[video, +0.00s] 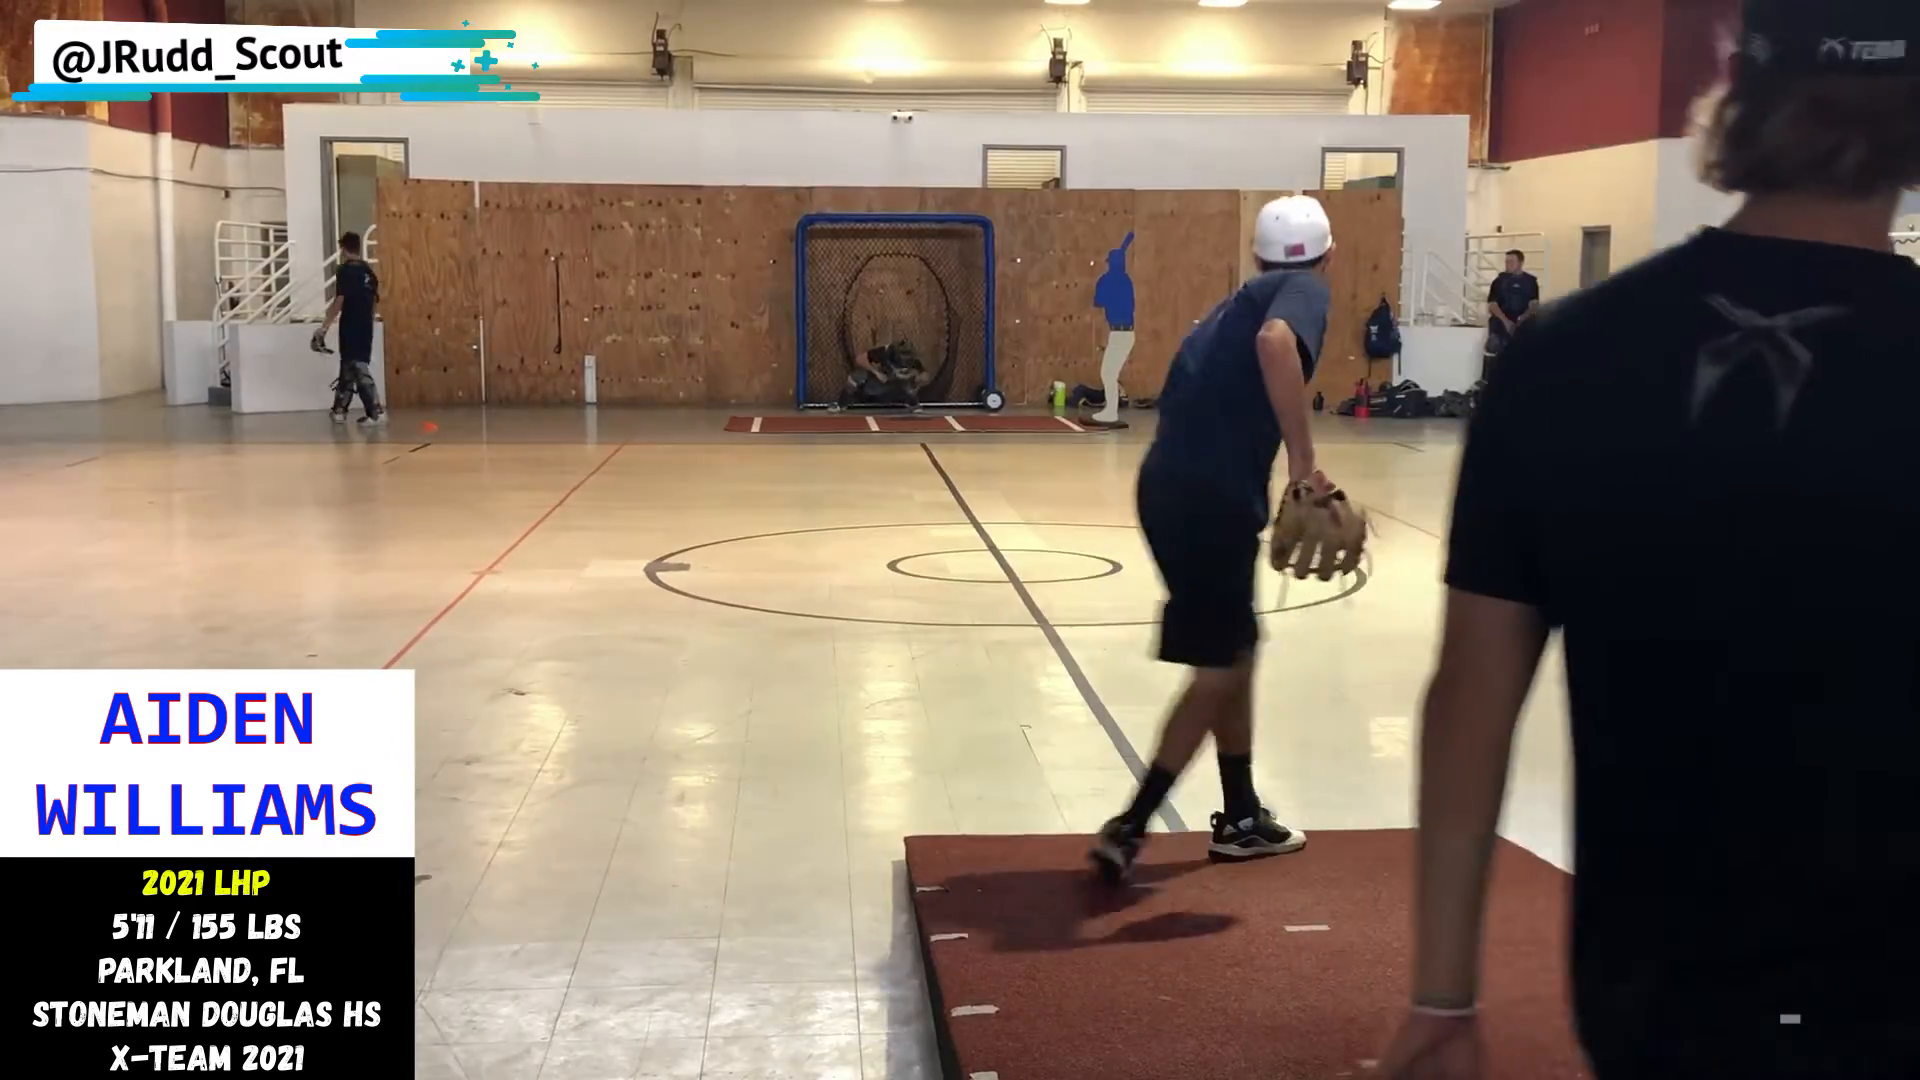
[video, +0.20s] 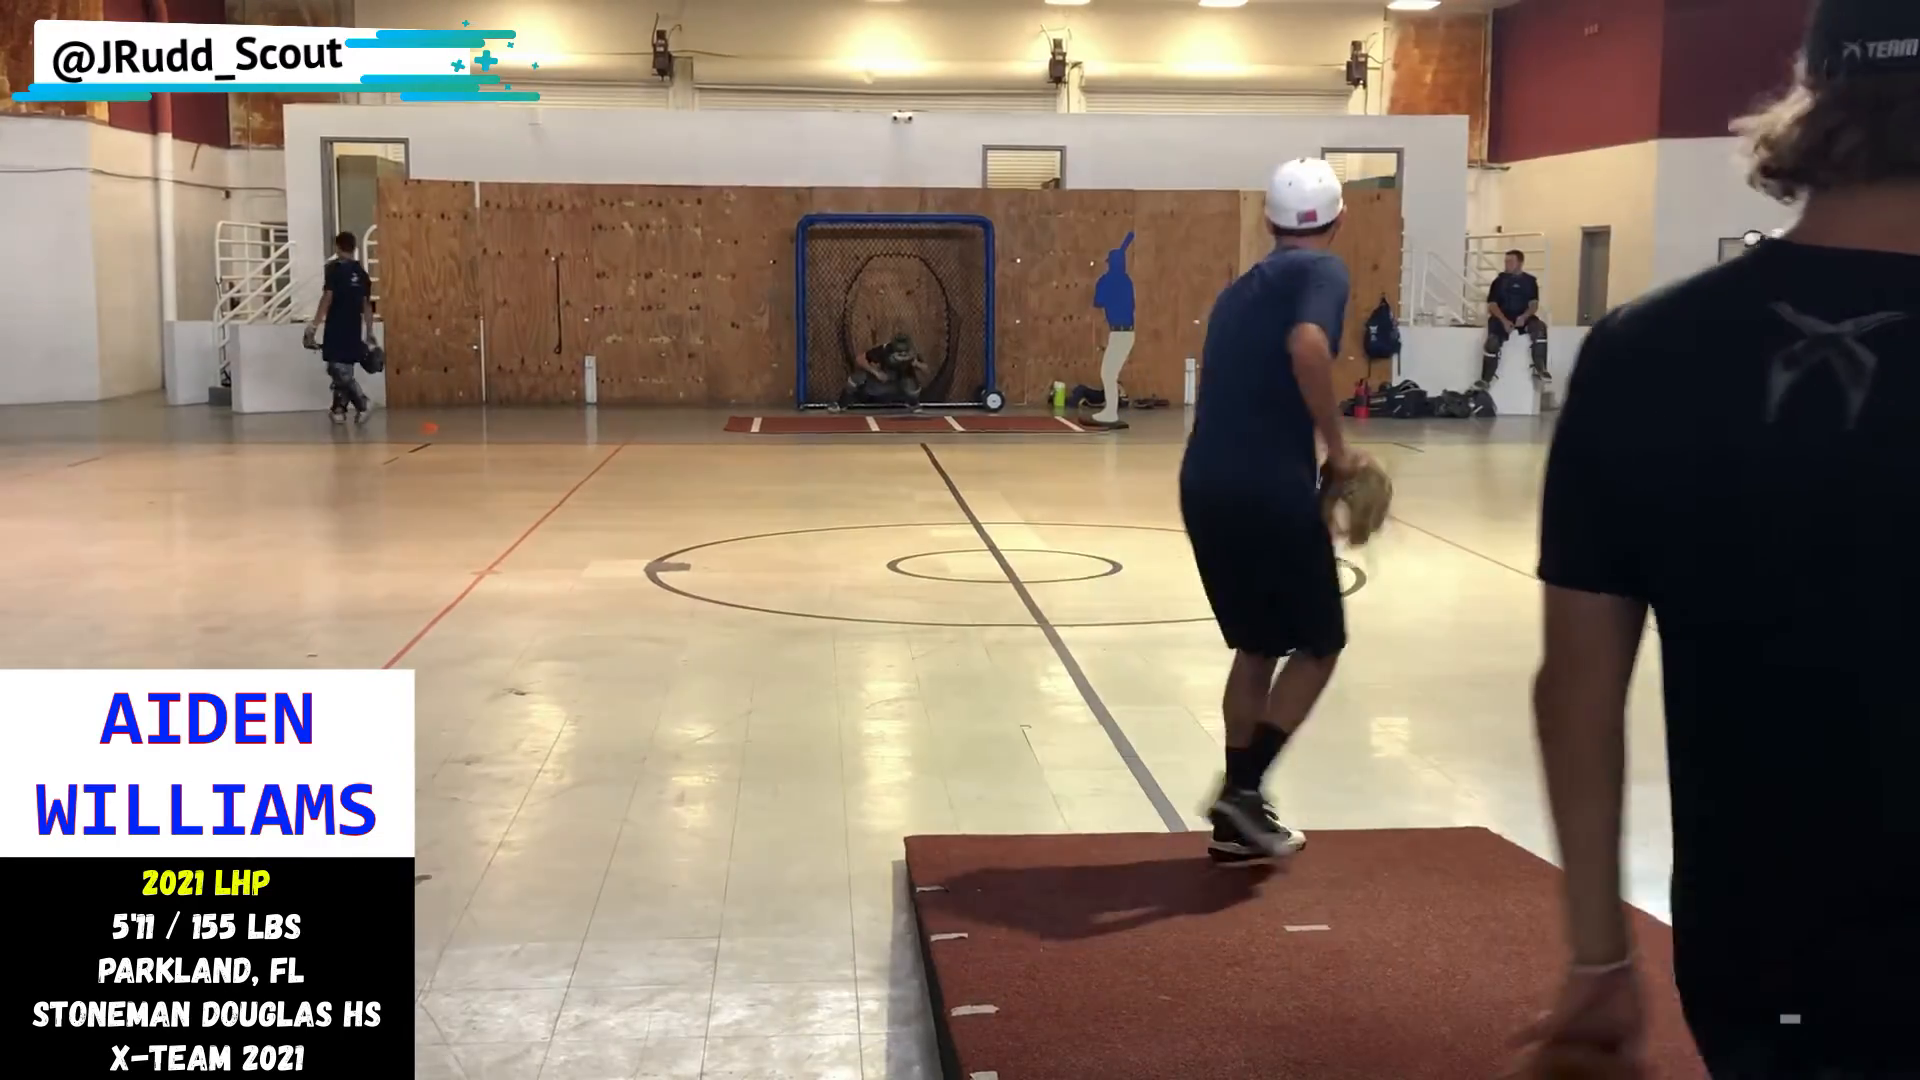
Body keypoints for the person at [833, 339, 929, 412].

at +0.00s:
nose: (905, 360)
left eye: (908, 357)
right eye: (902, 356)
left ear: (911, 354)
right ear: (895, 352)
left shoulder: (914, 362)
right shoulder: (886, 352)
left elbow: (925, 378)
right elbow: (860, 359)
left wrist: (915, 378)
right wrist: (876, 372)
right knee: (858, 376)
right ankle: (842, 405)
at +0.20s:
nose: (902, 356)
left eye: (905, 353)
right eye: (899, 353)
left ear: (910, 349)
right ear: (892, 347)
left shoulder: (912, 353)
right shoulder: (883, 350)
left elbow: (926, 371)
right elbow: (860, 359)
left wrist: (916, 364)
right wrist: (876, 373)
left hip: (903, 375)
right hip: (884, 375)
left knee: (912, 389)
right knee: (857, 378)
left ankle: (915, 405)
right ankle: (842, 403)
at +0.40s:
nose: (896, 339)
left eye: (899, 336)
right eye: (893, 336)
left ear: (904, 335)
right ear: (888, 334)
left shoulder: (910, 347)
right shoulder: (879, 345)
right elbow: (860, 360)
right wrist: (875, 365)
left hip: (902, 379)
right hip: (880, 378)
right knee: (857, 377)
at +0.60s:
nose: (894, 336)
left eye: (897, 333)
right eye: (891, 333)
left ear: (902, 332)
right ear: (886, 332)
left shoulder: (911, 345)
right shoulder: (878, 346)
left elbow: (916, 366)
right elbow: (873, 369)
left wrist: (906, 374)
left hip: (903, 381)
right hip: (886, 382)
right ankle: (884, 405)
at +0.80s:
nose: (895, 334)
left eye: (898, 331)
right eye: (892, 331)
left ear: (902, 331)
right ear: (887, 331)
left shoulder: (911, 344)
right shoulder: (879, 345)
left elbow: (917, 366)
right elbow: (874, 368)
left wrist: (906, 373)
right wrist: (885, 375)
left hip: (904, 379)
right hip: (887, 380)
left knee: (921, 383)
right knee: (875, 386)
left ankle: (906, 402)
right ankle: (883, 404)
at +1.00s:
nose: (895, 335)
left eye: (897, 332)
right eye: (892, 332)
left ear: (902, 331)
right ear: (887, 332)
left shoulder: (911, 344)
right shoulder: (879, 346)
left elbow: (917, 367)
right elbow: (874, 368)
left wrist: (906, 373)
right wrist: (884, 375)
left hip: (904, 380)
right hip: (887, 380)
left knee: (921, 383)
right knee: (875, 386)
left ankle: (906, 402)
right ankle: (883, 405)